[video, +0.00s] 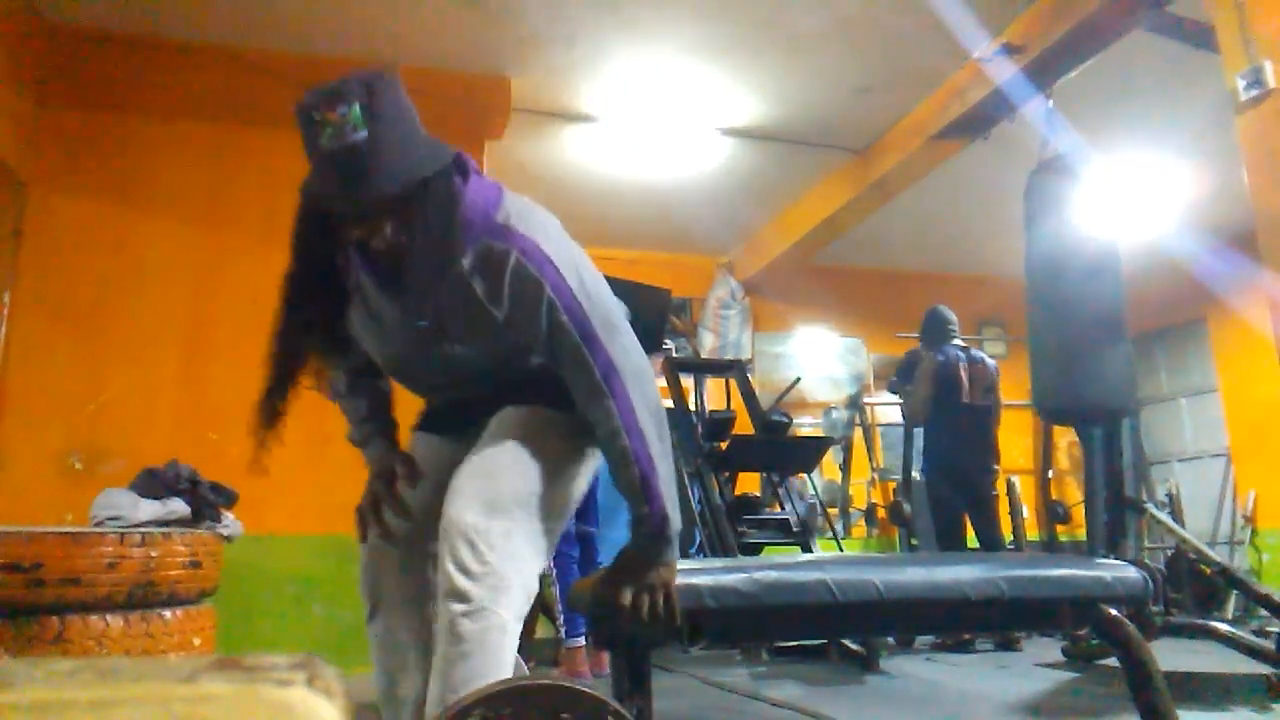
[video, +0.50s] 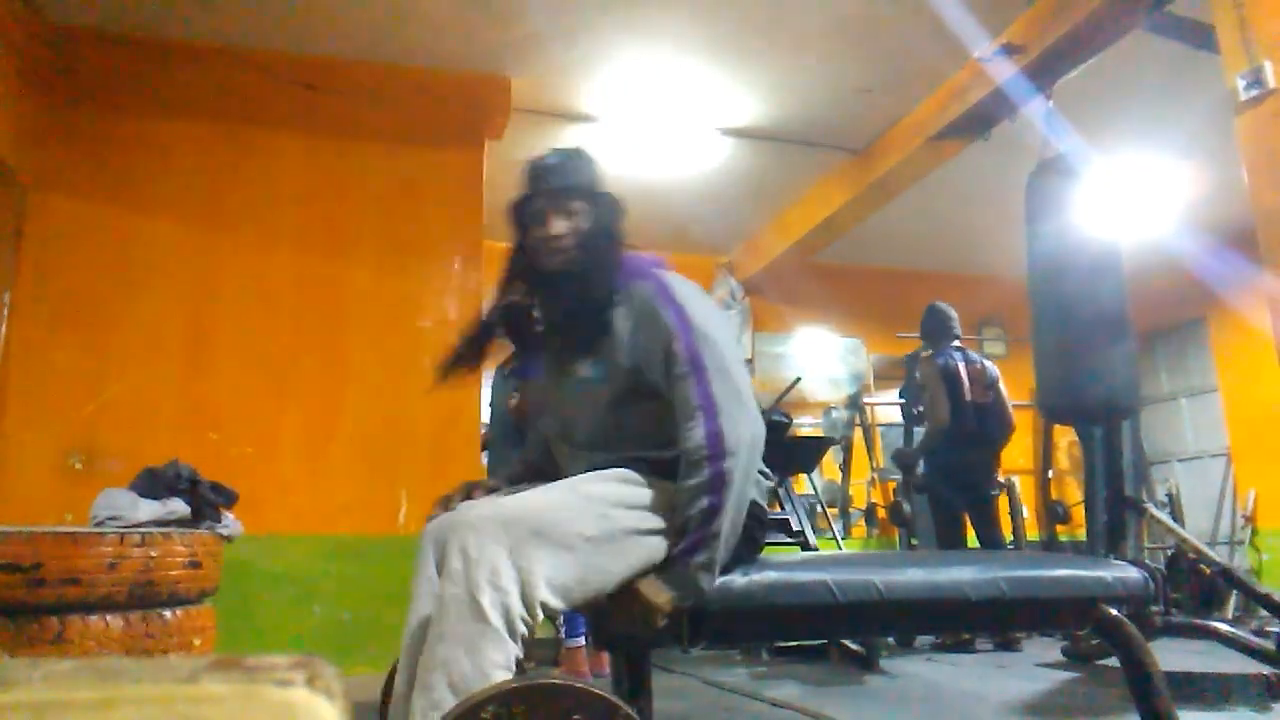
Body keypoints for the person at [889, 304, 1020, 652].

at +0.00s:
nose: (922, 341)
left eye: (923, 335)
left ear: (927, 334)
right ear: (957, 330)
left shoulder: (931, 362)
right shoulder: (986, 363)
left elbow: (918, 412)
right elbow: (995, 417)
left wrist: (905, 399)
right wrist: (991, 455)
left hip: (943, 466)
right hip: (980, 466)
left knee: (950, 547)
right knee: (993, 543)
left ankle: (958, 629)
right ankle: (1008, 628)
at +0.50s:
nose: (923, 340)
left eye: (923, 334)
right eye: (926, 333)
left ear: (927, 333)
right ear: (958, 330)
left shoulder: (931, 365)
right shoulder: (986, 365)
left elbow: (939, 420)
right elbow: (1007, 422)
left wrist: (914, 452)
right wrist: (991, 454)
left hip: (946, 464)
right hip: (981, 464)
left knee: (951, 546)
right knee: (993, 542)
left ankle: (957, 631)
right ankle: (1008, 628)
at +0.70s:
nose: (920, 341)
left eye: (920, 336)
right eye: (922, 337)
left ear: (922, 336)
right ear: (953, 333)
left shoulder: (925, 366)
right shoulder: (980, 366)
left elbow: (941, 417)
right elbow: (1007, 418)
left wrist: (922, 461)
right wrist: (997, 459)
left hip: (945, 468)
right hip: (980, 467)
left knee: (950, 548)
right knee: (994, 545)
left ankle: (957, 631)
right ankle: (1008, 629)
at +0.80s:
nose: (922, 342)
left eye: (921, 336)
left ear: (923, 335)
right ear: (956, 332)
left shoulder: (926, 365)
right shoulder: (982, 366)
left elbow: (940, 418)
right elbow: (1006, 421)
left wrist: (914, 454)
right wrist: (990, 456)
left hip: (945, 466)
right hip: (980, 467)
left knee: (950, 545)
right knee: (991, 540)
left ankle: (958, 630)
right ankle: (1006, 626)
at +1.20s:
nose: (924, 343)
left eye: (923, 337)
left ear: (925, 336)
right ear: (956, 331)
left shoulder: (927, 366)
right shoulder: (986, 364)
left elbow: (919, 418)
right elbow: (999, 421)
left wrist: (905, 393)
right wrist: (970, 421)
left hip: (944, 466)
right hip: (981, 466)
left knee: (952, 548)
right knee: (994, 543)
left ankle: (958, 630)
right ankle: (1008, 628)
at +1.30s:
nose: (921, 346)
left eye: (920, 341)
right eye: (924, 342)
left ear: (924, 339)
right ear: (952, 334)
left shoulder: (927, 365)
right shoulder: (984, 364)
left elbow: (917, 419)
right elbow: (997, 420)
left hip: (944, 467)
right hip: (980, 467)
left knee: (951, 548)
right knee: (994, 543)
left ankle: (959, 630)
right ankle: (1008, 627)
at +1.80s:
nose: (923, 342)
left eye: (922, 336)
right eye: (927, 336)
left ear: (924, 335)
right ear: (955, 332)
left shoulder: (927, 367)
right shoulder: (982, 366)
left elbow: (933, 422)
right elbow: (1003, 421)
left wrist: (913, 459)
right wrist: (993, 459)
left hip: (943, 467)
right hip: (979, 467)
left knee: (949, 545)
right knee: (990, 540)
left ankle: (957, 628)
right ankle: (1005, 624)